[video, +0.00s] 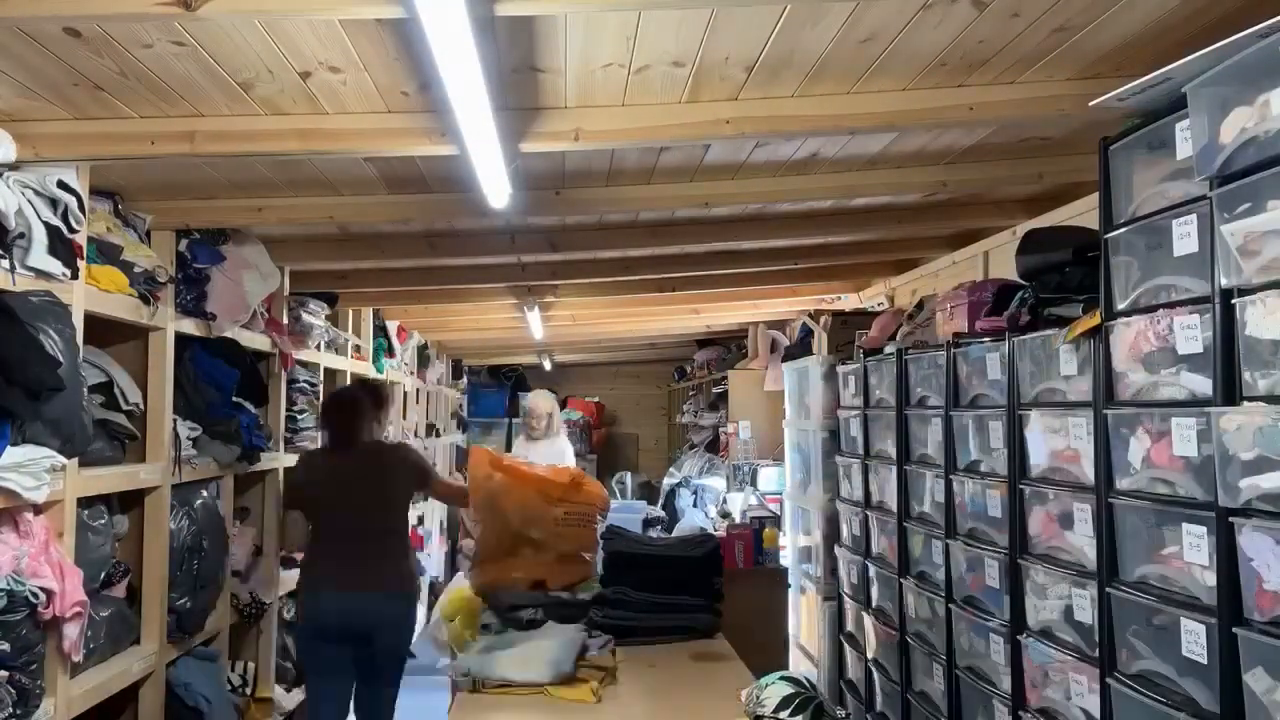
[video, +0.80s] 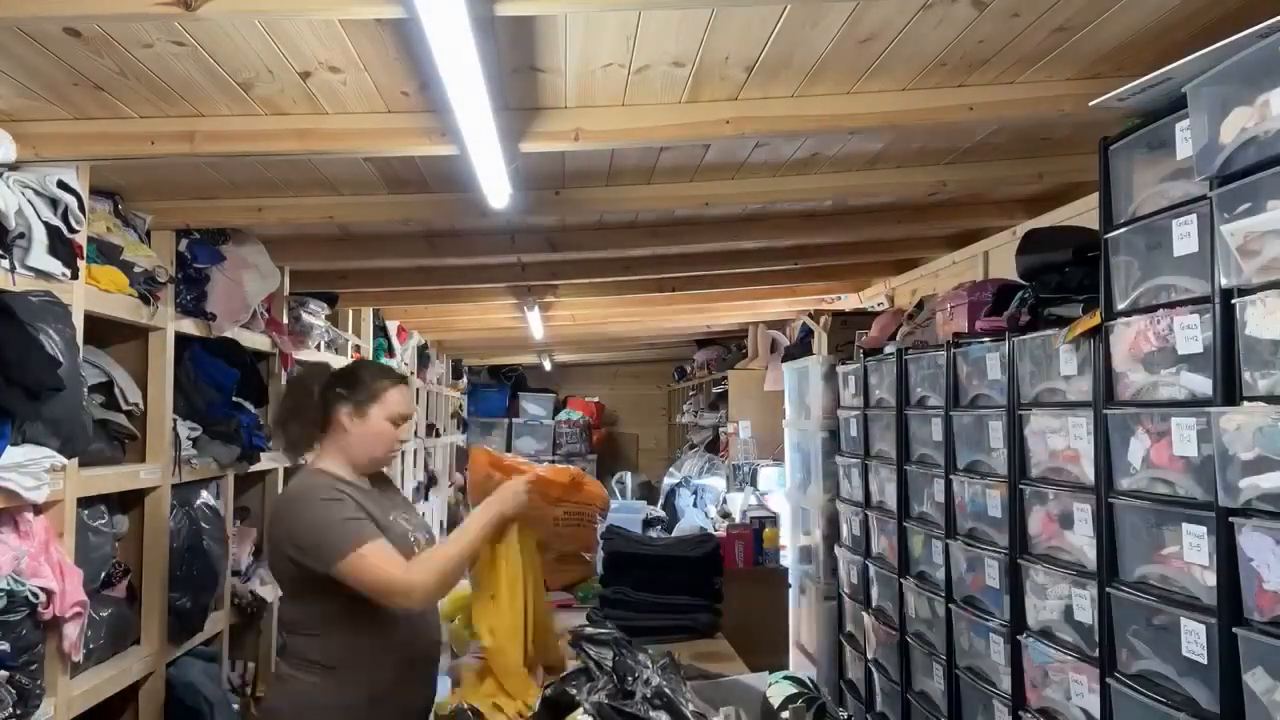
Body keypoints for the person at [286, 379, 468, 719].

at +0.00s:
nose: (384, 426)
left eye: (383, 419)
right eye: (381, 419)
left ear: (330, 422)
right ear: (371, 421)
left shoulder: (308, 465)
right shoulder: (400, 459)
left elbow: (289, 539)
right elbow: (455, 495)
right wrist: (493, 490)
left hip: (324, 595)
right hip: (389, 596)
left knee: (326, 707)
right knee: (376, 709)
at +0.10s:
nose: (371, 429)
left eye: (372, 420)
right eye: (370, 419)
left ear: (316, 419)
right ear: (356, 421)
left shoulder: (285, 468)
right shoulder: (370, 472)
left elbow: (265, 549)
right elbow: (415, 529)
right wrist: (398, 500)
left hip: (290, 610)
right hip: (354, 616)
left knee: (302, 710)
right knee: (356, 711)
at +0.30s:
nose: (382, 421)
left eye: (388, 413)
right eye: (372, 414)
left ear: (398, 416)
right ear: (356, 420)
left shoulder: (422, 457)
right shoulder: (342, 460)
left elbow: (436, 514)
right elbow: (335, 531)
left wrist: (427, 554)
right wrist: (345, 587)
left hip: (404, 581)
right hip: (352, 581)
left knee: (395, 671)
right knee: (349, 675)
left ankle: (390, 716)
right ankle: (349, 717)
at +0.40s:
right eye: (444, 416)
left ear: (404, 417)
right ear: (446, 420)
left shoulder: (377, 458)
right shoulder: (456, 461)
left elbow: (361, 517)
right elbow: (470, 518)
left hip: (375, 573)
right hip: (428, 577)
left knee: (372, 660)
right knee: (421, 651)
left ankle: (366, 716)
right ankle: (423, 715)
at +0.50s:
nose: (374, 431)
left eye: (378, 421)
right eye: (364, 422)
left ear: (383, 420)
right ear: (330, 419)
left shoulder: (383, 467)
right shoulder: (307, 471)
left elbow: (429, 522)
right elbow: (352, 519)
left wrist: (459, 480)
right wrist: (421, 473)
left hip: (380, 636)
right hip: (316, 640)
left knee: (376, 714)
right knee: (319, 715)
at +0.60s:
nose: (404, 422)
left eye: (402, 413)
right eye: (393, 412)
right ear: (356, 418)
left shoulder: (390, 470)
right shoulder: (336, 476)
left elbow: (436, 488)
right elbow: (402, 518)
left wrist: (469, 453)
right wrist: (474, 461)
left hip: (410, 644)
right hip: (363, 650)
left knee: (410, 715)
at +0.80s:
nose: (405, 437)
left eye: (406, 424)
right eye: (397, 422)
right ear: (347, 416)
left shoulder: (381, 489)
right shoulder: (310, 500)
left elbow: (427, 570)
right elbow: (411, 588)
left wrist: (494, 513)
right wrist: (496, 509)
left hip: (400, 703)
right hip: (336, 707)